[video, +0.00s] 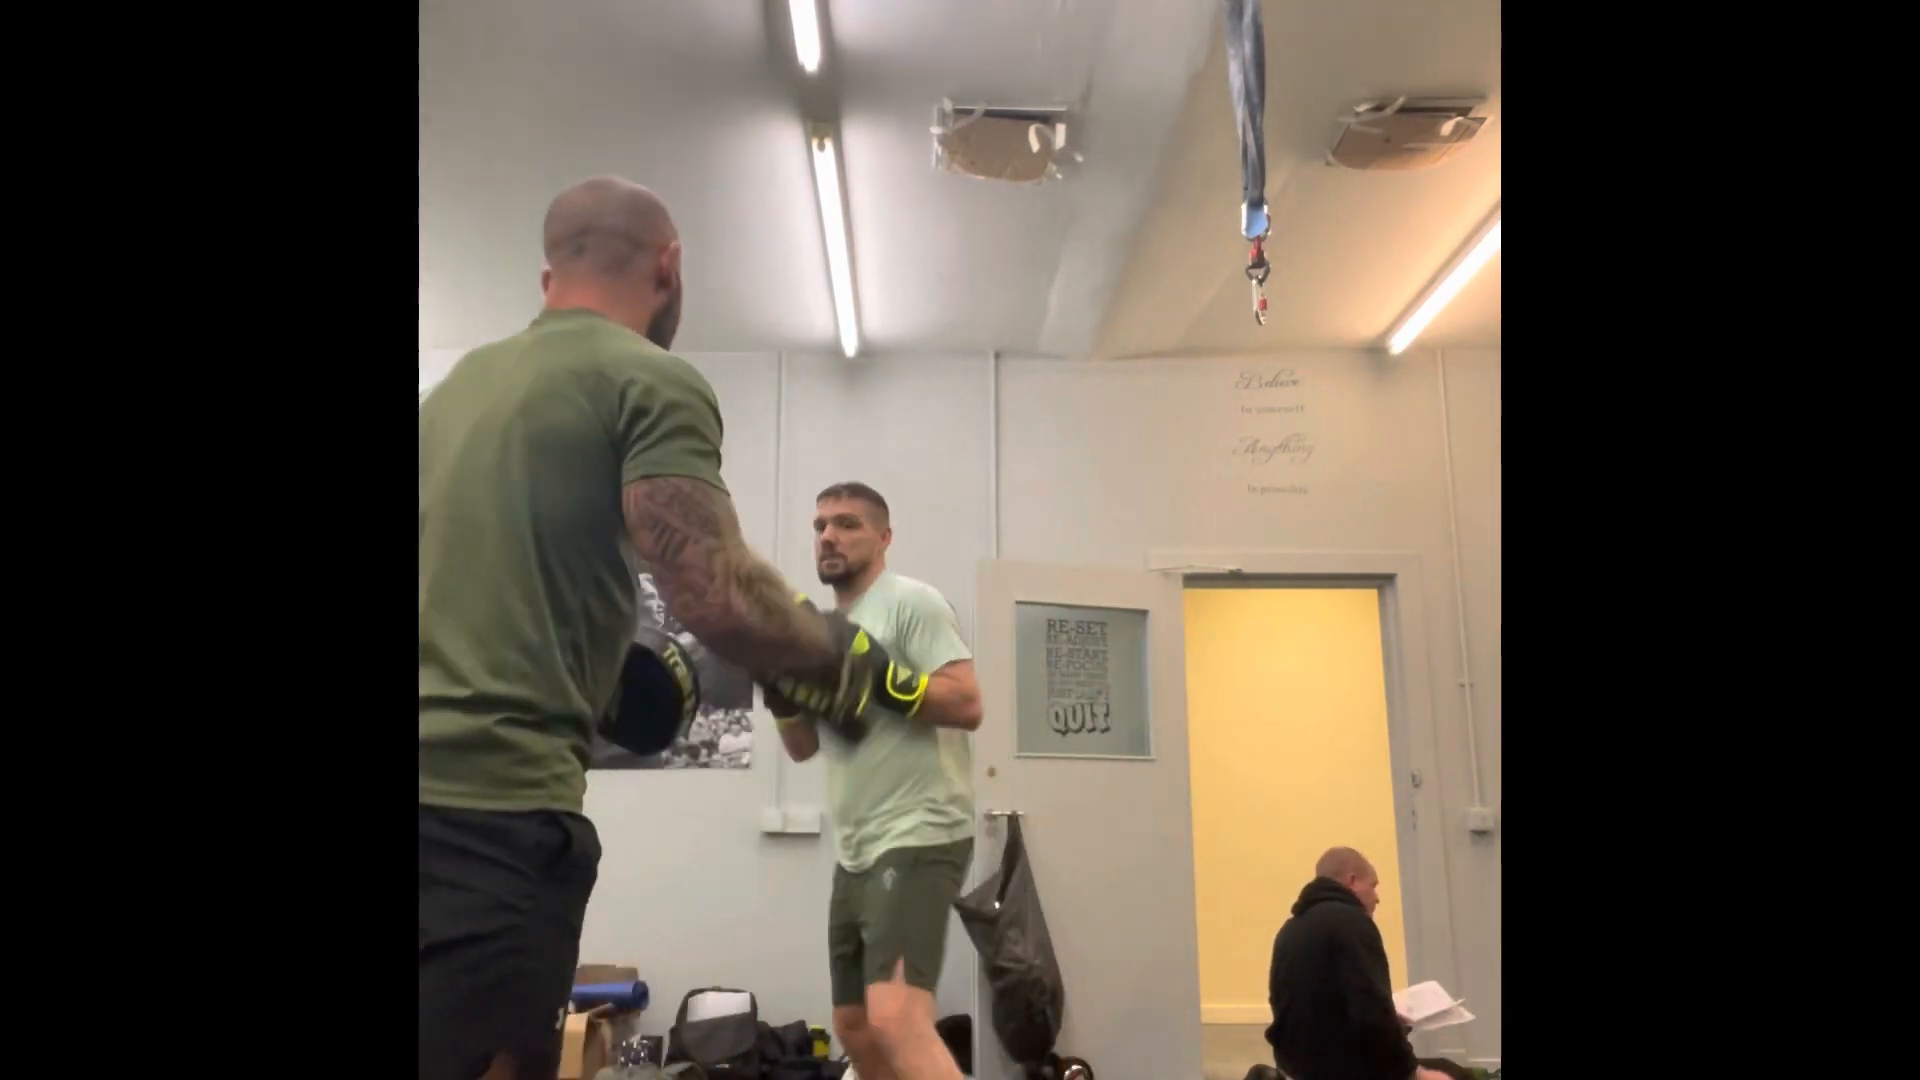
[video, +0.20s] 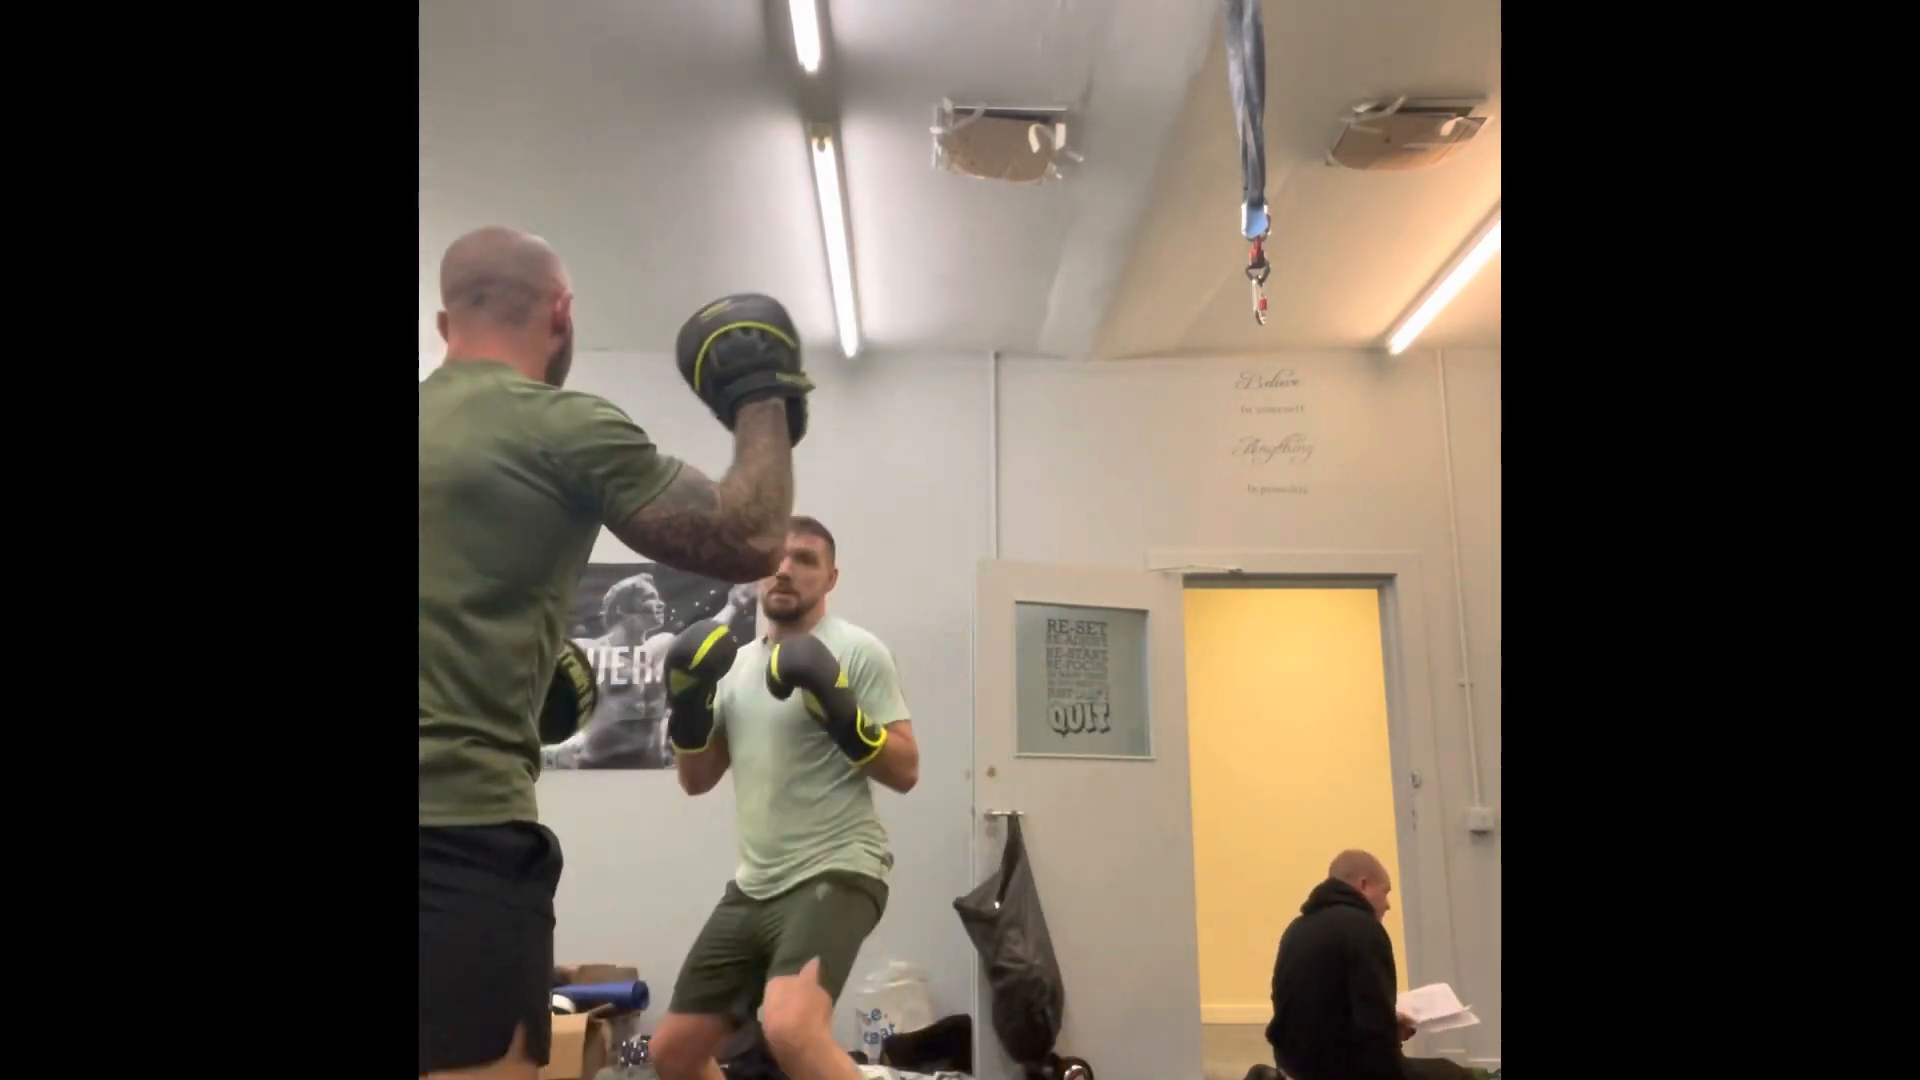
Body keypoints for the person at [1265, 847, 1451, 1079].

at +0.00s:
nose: (1377, 899)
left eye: (1376, 887)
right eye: (1373, 886)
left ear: (1323, 883)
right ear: (1352, 883)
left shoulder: (1290, 929)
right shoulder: (1352, 922)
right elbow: (1372, 1013)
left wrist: (1385, 1018)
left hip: (1299, 1065)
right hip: (1349, 1068)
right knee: (1449, 1070)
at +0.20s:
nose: (1388, 906)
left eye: (1389, 894)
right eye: (1386, 893)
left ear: (1359, 885)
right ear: (1363, 886)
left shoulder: (1297, 928)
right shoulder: (1364, 929)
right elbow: (1375, 1028)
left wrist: (1386, 1024)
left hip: (1297, 1067)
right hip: (1348, 1071)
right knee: (1450, 1071)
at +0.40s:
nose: (1410, 919)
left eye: (1412, 908)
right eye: (1409, 906)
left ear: (1360, 891)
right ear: (1389, 896)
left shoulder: (1319, 925)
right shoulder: (1384, 932)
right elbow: (1385, 1032)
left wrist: (1401, 1042)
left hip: (1295, 1060)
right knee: (1451, 1073)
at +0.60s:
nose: (1414, 923)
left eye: (1416, 912)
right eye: (1414, 910)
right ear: (1392, 897)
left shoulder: (1324, 926)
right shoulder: (1389, 933)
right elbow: (1388, 1031)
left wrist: (1402, 1045)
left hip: (1292, 1059)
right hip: (1342, 1068)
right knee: (1457, 1072)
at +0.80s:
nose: (1407, 917)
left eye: (1409, 904)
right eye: (1405, 902)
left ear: (1378, 891)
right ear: (1383, 892)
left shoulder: (1314, 928)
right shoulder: (1382, 932)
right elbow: (1385, 1033)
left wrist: (1398, 1044)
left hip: (1295, 1059)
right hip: (1347, 1067)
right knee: (1456, 1072)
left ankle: (1273, 1073)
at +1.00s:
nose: (1400, 909)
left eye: (1400, 898)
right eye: (1397, 896)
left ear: (1369, 889)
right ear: (1373, 888)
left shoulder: (1312, 924)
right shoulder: (1366, 926)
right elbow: (1355, 1013)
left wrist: (1397, 1039)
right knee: (1453, 1073)